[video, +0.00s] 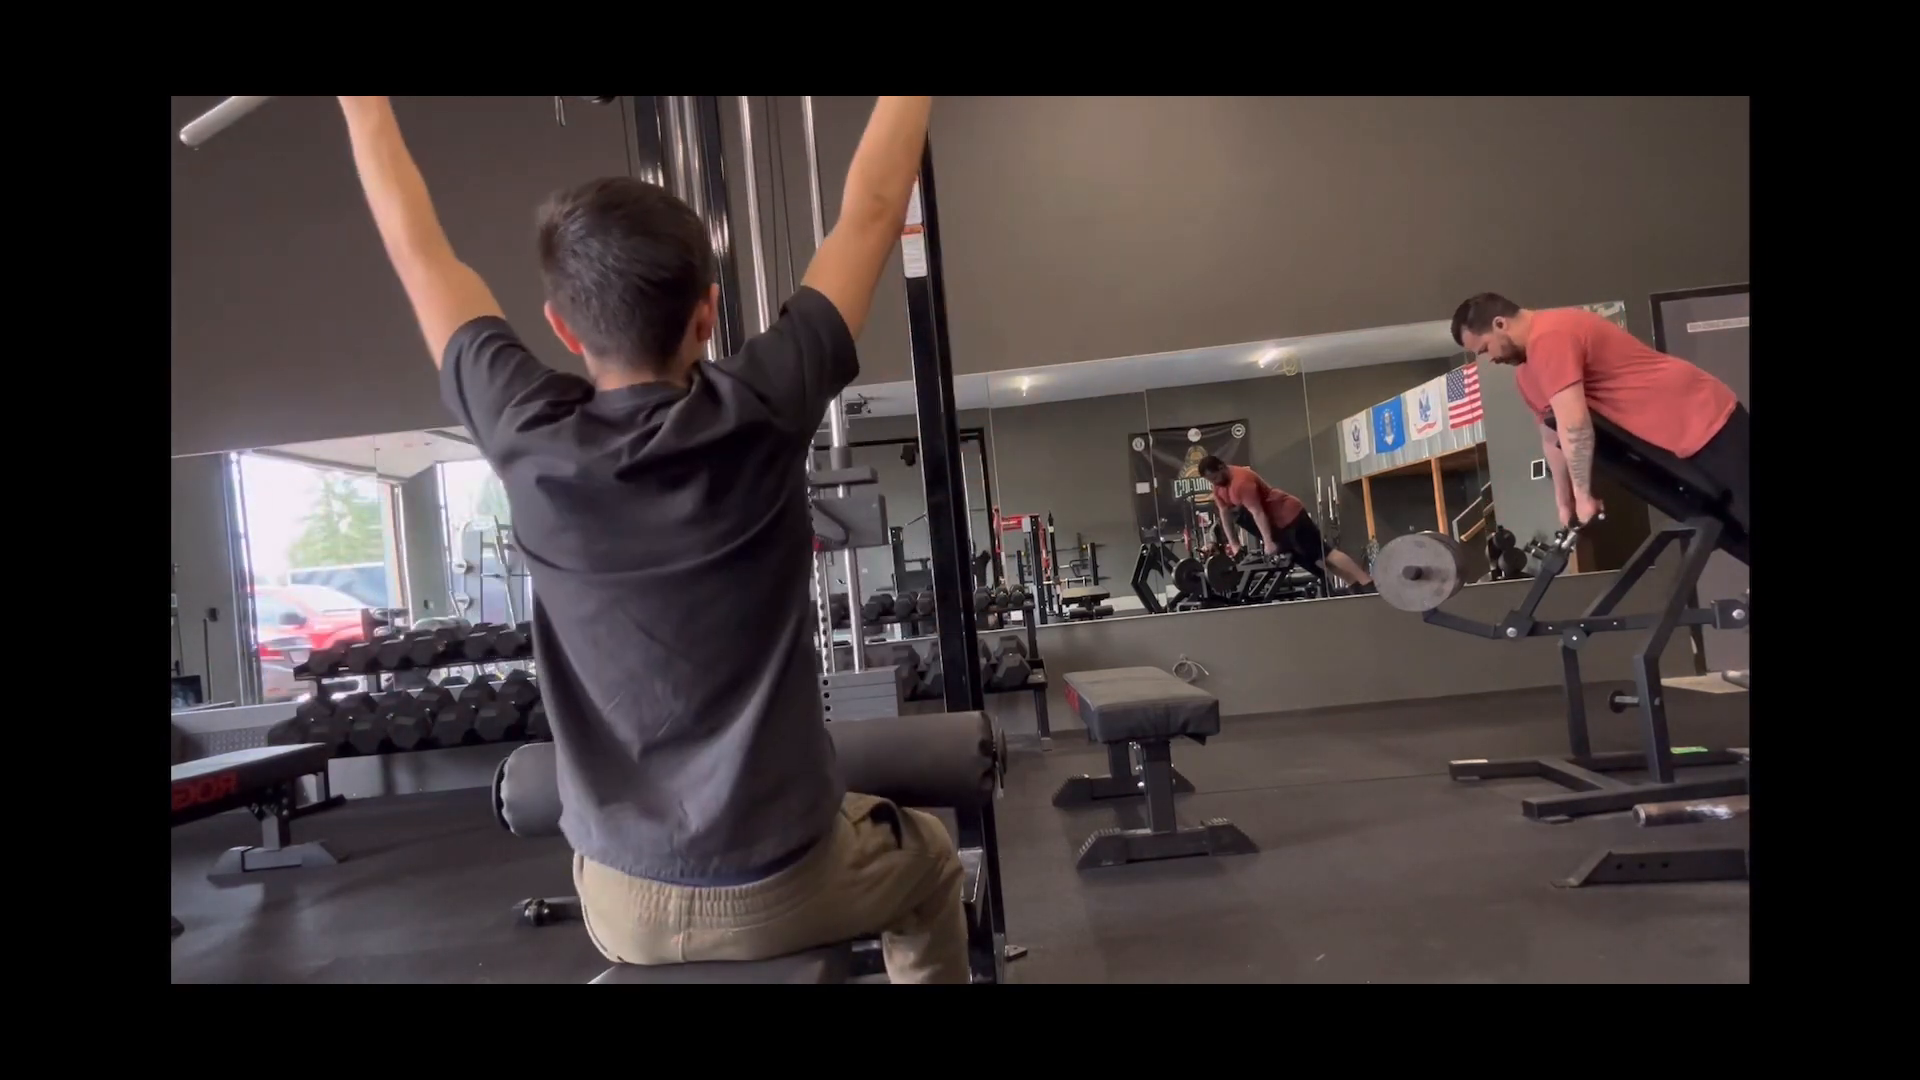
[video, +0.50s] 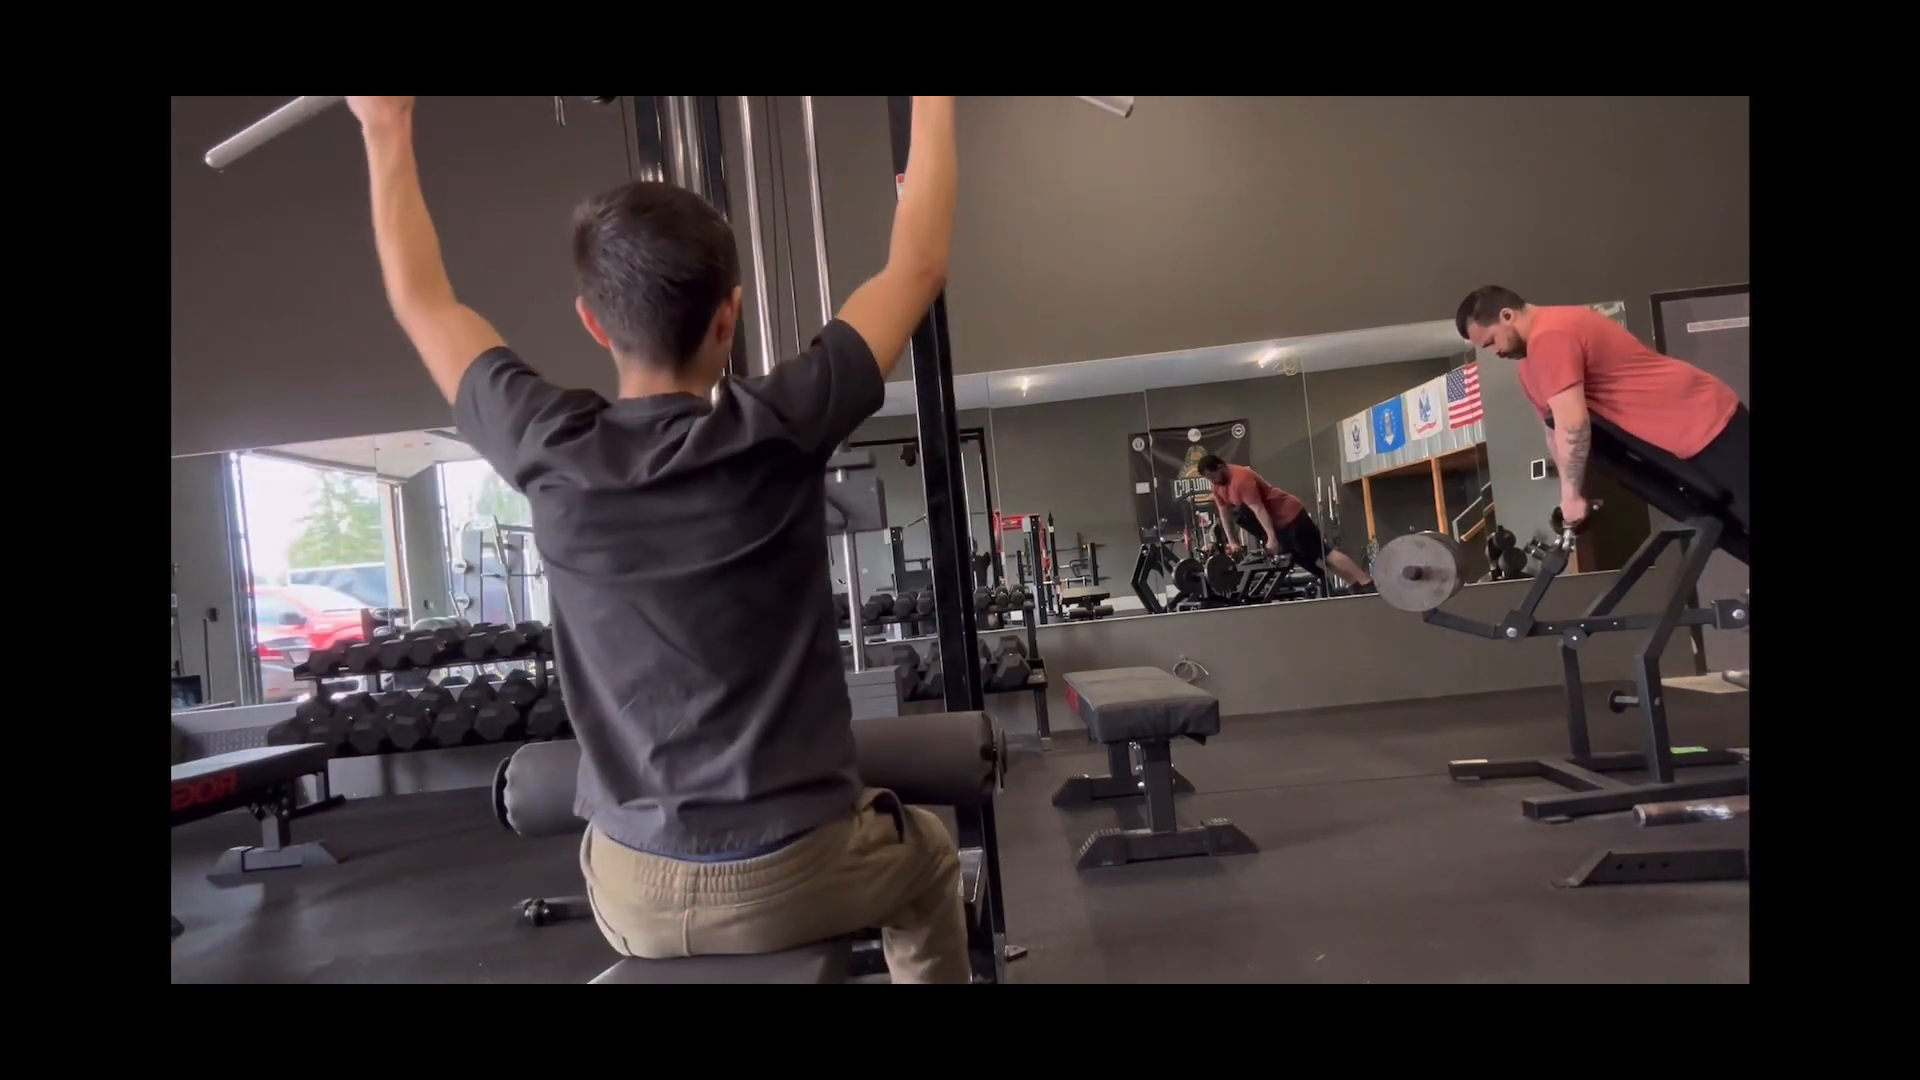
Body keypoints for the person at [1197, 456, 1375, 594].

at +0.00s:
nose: (1216, 479)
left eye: (1217, 473)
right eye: (1211, 477)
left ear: (1222, 467)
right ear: (1207, 478)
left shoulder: (1241, 481)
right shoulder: (1218, 489)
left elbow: (1258, 512)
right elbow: (1225, 515)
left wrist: (1268, 541)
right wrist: (1232, 542)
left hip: (1290, 514)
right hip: (1275, 524)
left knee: (1324, 552)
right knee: (1314, 559)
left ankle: (1368, 582)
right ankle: (1354, 585)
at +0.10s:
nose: (1215, 479)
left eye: (1215, 474)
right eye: (1210, 477)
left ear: (1222, 467)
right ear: (1207, 477)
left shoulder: (1241, 481)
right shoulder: (1218, 488)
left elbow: (1257, 512)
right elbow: (1225, 515)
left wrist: (1267, 541)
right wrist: (1232, 541)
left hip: (1290, 514)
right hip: (1275, 523)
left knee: (1324, 552)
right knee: (1315, 559)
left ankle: (1367, 582)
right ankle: (1354, 585)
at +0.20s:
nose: (1214, 479)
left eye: (1215, 474)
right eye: (1210, 477)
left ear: (1222, 467)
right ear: (1206, 477)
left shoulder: (1241, 480)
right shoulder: (1218, 488)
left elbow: (1257, 512)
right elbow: (1224, 514)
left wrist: (1267, 541)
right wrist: (1231, 540)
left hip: (1290, 514)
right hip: (1275, 523)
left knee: (1323, 552)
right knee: (1314, 559)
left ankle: (1365, 582)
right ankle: (1353, 584)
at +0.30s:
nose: (1215, 479)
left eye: (1216, 474)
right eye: (1211, 477)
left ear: (1222, 467)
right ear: (1206, 477)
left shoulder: (1241, 480)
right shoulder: (1217, 487)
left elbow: (1258, 511)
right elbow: (1224, 514)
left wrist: (1269, 539)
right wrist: (1231, 541)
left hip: (1289, 514)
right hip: (1275, 522)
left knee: (1323, 552)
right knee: (1314, 558)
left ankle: (1366, 582)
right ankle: (1353, 584)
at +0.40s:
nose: (1215, 479)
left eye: (1216, 474)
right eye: (1210, 477)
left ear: (1222, 467)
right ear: (1206, 477)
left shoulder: (1241, 479)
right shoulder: (1217, 488)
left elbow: (1259, 509)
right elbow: (1224, 514)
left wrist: (1271, 538)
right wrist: (1231, 541)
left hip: (1290, 514)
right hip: (1275, 523)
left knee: (1324, 552)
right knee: (1315, 559)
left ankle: (1366, 582)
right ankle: (1354, 585)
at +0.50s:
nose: (1215, 479)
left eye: (1216, 473)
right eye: (1210, 477)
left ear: (1222, 466)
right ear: (1206, 477)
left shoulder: (1241, 479)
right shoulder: (1217, 488)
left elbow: (1259, 509)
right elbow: (1224, 514)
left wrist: (1271, 537)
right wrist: (1231, 541)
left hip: (1290, 514)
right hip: (1276, 523)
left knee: (1324, 552)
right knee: (1316, 559)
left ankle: (1367, 582)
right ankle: (1354, 585)